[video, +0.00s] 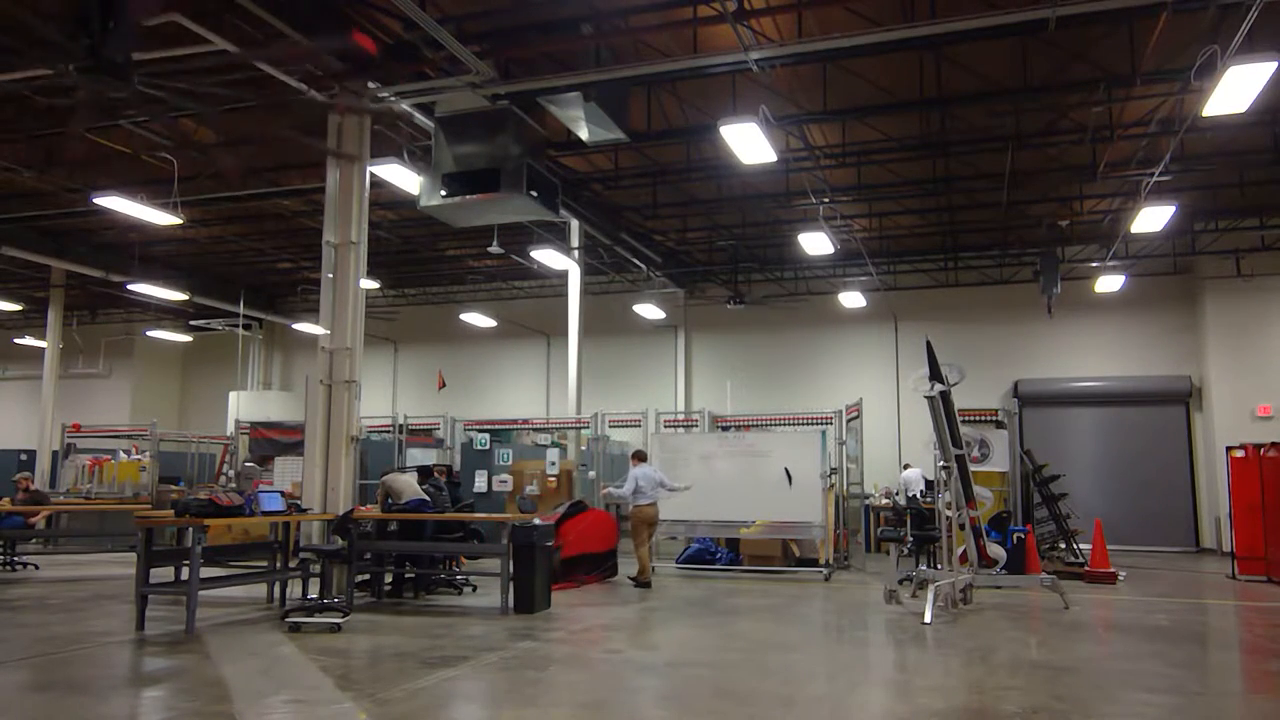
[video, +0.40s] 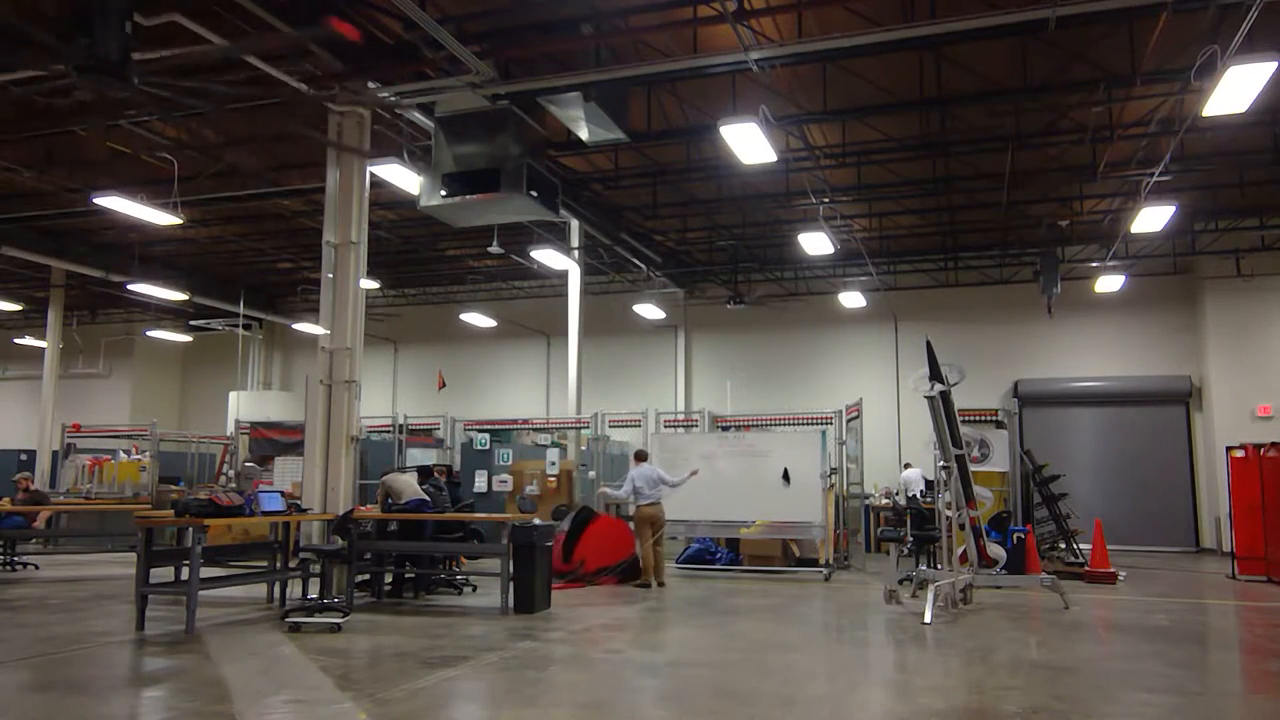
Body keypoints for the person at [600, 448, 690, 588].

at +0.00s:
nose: (631, 463)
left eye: (632, 460)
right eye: (631, 460)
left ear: (635, 460)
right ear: (645, 460)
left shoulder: (634, 472)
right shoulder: (653, 471)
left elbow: (626, 493)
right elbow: (668, 486)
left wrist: (610, 491)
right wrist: (683, 487)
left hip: (639, 508)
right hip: (652, 506)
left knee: (641, 545)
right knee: (645, 544)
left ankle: (645, 578)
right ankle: (641, 574)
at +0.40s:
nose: (634, 462)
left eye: (634, 460)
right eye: (635, 460)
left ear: (635, 460)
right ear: (646, 459)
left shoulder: (633, 474)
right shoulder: (654, 470)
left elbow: (624, 495)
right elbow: (672, 483)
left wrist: (606, 491)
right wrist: (689, 475)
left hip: (642, 508)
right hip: (657, 506)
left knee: (646, 545)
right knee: (658, 544)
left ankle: (646, 578)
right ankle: (660, 578)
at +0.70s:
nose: (652, 460)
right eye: (652, 458)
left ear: (640, 459)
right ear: (653, 459)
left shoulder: (634, 474)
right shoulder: (655, 470)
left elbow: (629, 496)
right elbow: (671, 483)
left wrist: (620, 494)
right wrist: (687, 475)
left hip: (644, 508)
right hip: (659, 506)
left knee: (648, 545)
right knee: (667, 545)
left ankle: (646, 580)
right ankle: (669, 579)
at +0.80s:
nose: (656, 461)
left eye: (656, 459)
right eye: (656, 459)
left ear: (643, 459)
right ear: (654, 459)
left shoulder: (636, 475)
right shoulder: (655, 470)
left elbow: (631, 498)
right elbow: (670, 483)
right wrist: (685, 473)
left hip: (646, 508)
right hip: (661, 507)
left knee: (649, 545)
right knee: (668, 545)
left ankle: (646, 579)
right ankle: (668, 579)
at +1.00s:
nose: (667, 460)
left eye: (667, 457)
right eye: (666, 457)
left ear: (654, 459)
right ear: (661, 458)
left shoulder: (649, 473)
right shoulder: (660, 468)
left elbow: (647, 494)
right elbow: (668, 484)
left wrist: (648, 508)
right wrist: (677, 472)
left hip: (654, 507)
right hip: (667, 507)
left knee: (653, 547)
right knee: (672, 547)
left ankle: (646, 579)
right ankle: (669, 579)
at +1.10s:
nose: (671, 460)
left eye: (671, 458)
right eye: (670, 458)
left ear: (659, 459)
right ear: (665, 458)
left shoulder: (658, 470)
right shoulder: (663, 470)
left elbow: (660, 488)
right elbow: (664, 486)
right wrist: (671, 474)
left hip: (660, 507)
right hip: (669, 507)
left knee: (659, 547)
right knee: (672, 546)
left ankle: (649, 578)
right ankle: (669, 579)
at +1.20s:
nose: (675, 461)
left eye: (675, 458)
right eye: (673, 458)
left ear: (672, 460)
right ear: (666, 459)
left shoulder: (672, 475)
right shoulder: (662, 474)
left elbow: (674, 493)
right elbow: (662, 488)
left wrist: (687, 497)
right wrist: (666, 474)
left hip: (674, 507)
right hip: (667, 507)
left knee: (670, 545)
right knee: (672, 546)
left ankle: (658, 576)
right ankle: (667, 579)